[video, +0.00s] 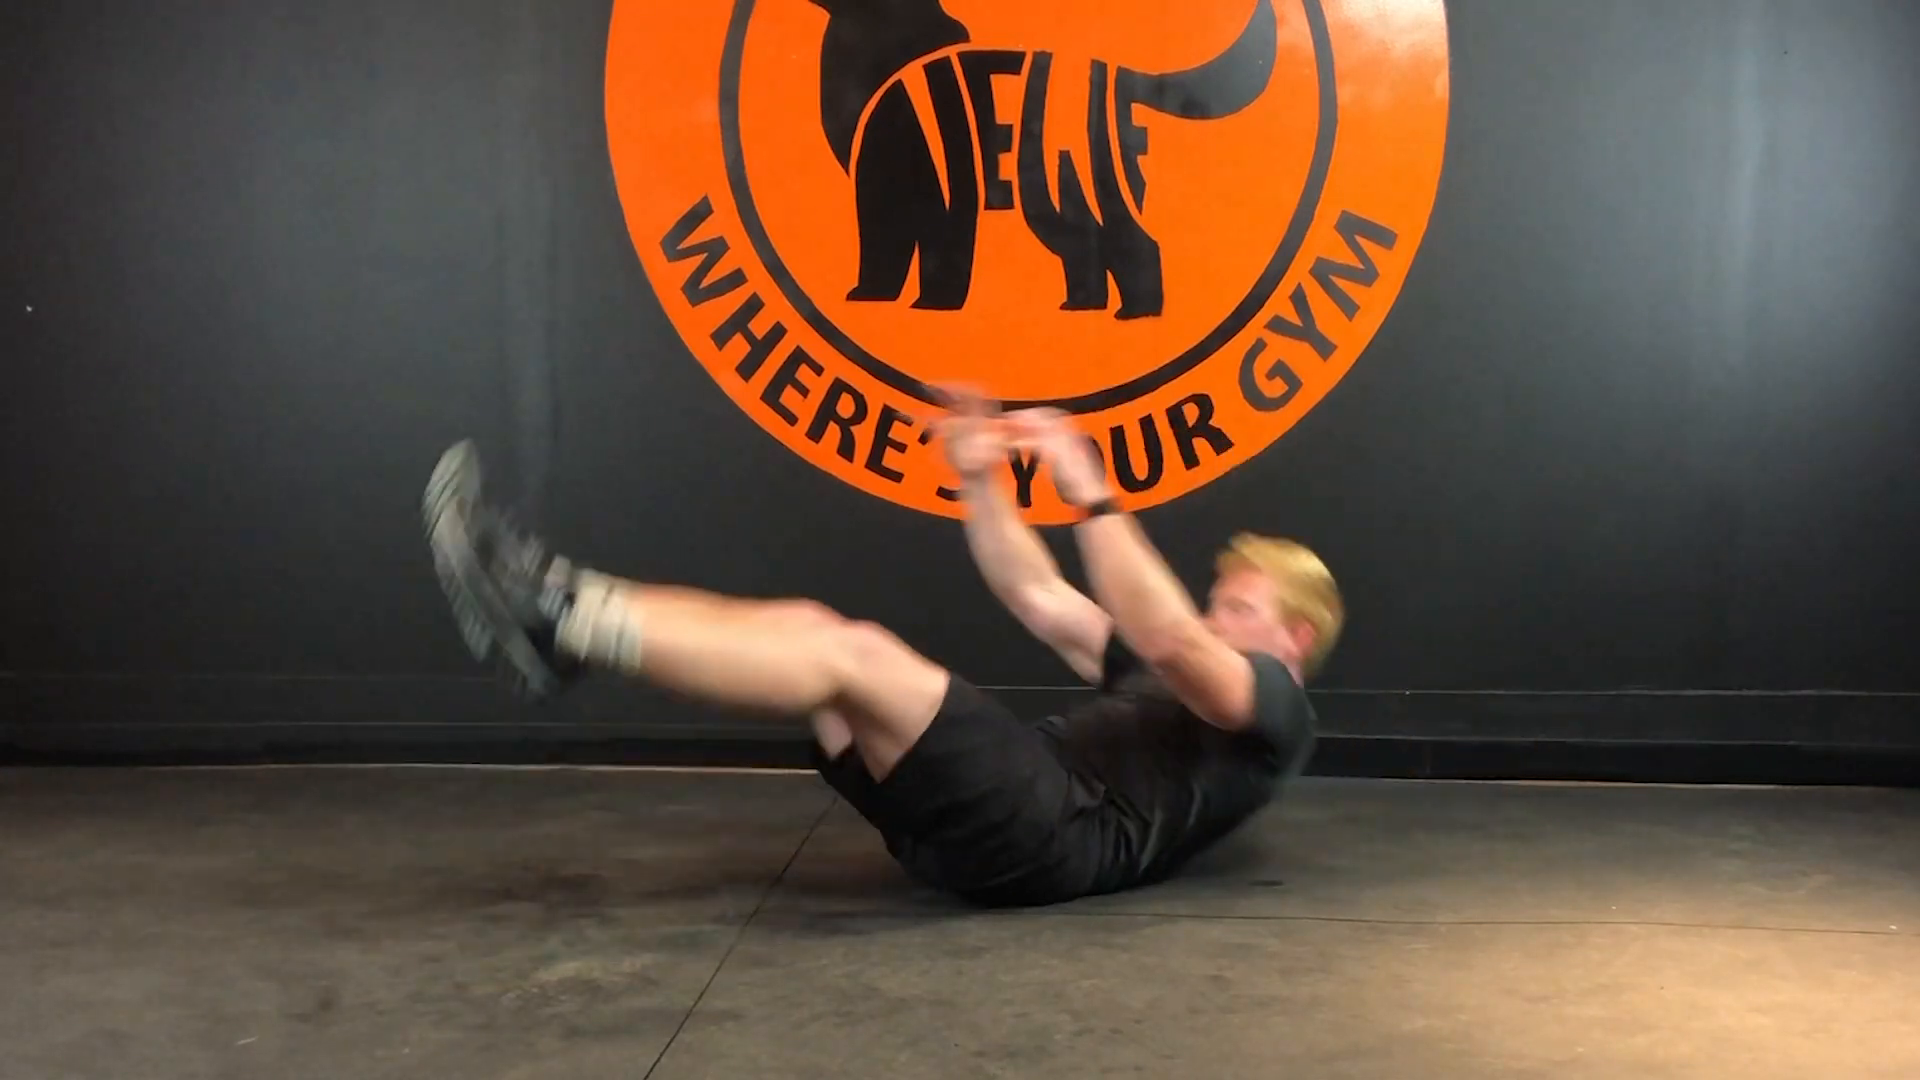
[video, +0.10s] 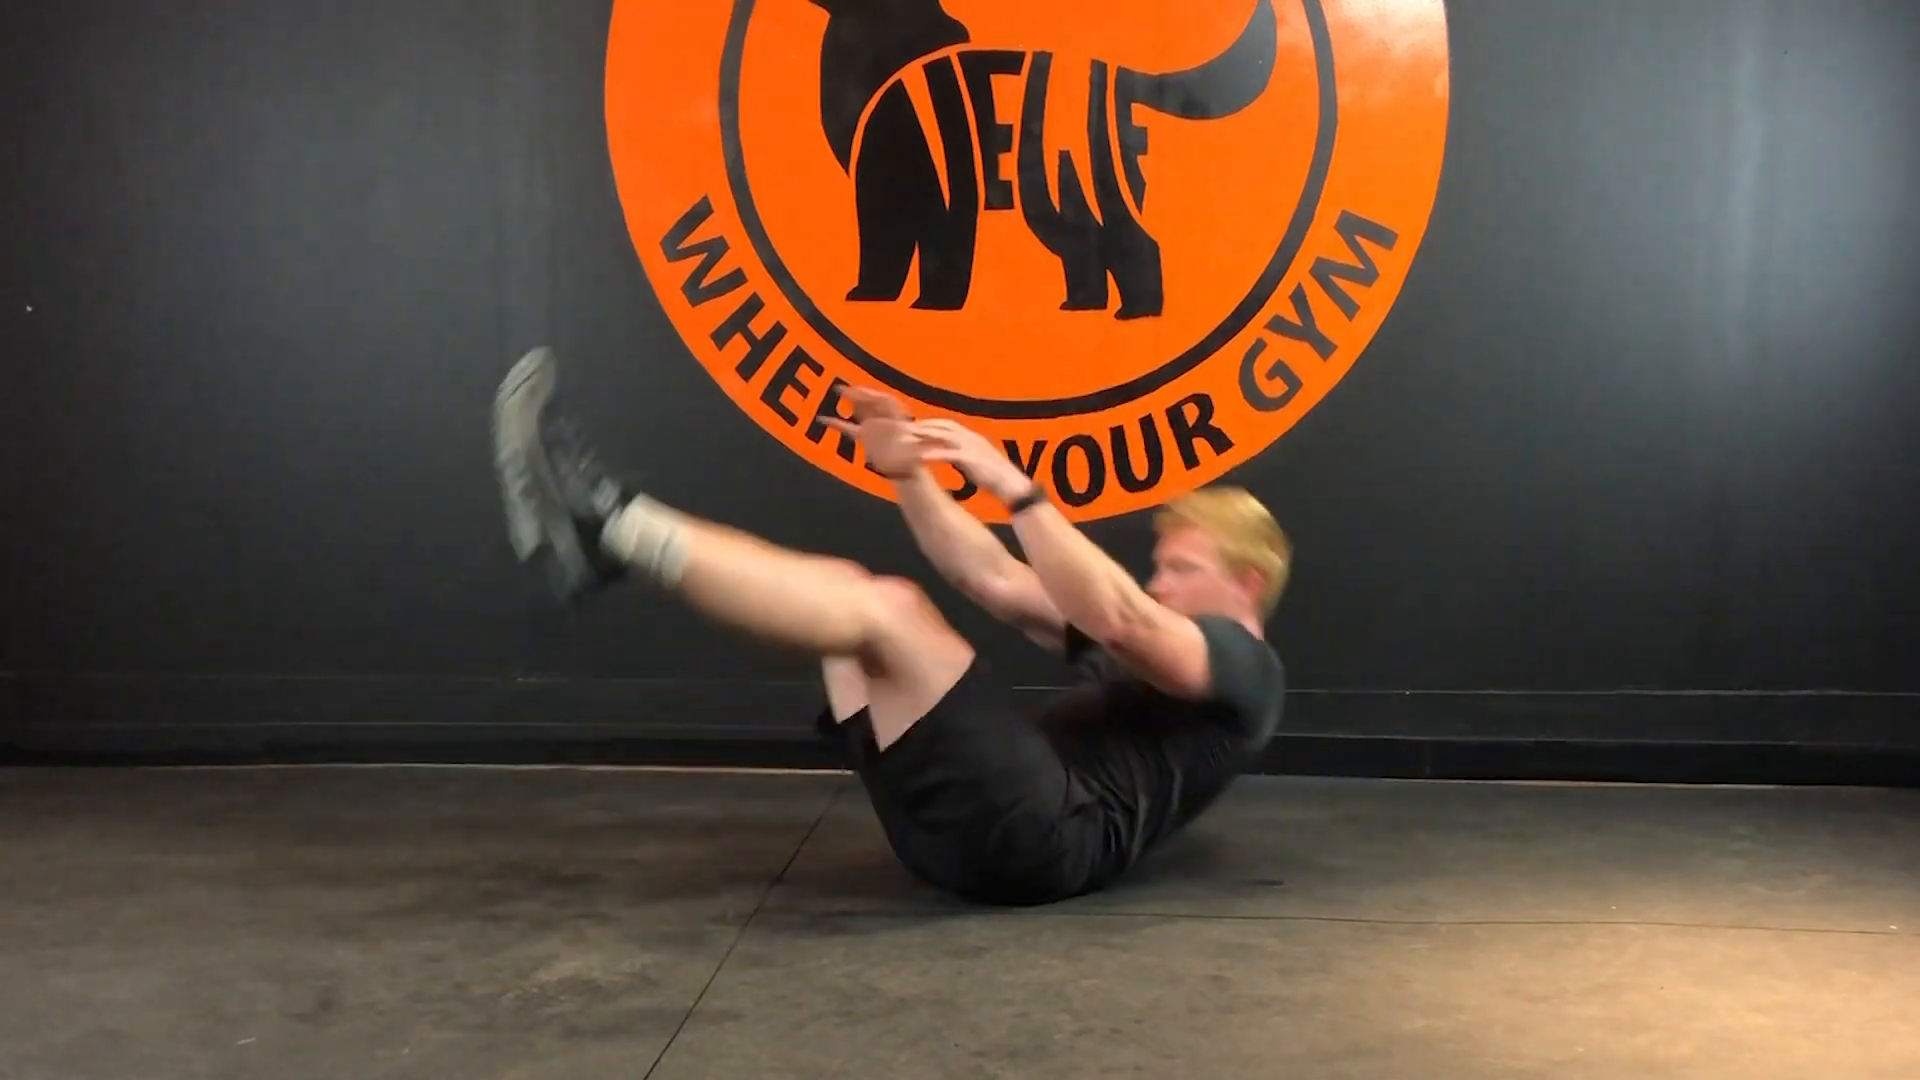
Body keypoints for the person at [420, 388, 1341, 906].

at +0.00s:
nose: (1217, 605)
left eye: (1245, 598)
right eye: (1221, 591)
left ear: (1301, 637)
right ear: (1224, 603)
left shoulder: (1277, 708)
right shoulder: (1172, 663)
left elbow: (1162, 636)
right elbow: (1038, 599)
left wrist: (1089, 489)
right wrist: (981, 484)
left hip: (1053, 833)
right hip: (993, 805)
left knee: (847, 653)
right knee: (815, 631)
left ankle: (571, 615)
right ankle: (553, 612)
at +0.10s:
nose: (1153, 585)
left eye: (1180, 568)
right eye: (1156, 564)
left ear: (1245, 587)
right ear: (1183, 574)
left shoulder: (1246, 672)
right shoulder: (1143, 637)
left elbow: (1122, 619)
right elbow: (1000, 580)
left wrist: (1019, 493)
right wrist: (909, 473)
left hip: (1041, 835)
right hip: (978, 827)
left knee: (888, 610)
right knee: (853, 601)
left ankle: (616, 523)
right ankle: (592, 530)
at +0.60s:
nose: (1213, 579)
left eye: (1236, 577)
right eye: (1217, 559)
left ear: (1281, 612)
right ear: (1223, 579)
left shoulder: (1263, 707)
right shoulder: (1154, 647)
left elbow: (1215, 603)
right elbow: (1052, 565)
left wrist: (1195, 443)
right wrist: (1041, 434)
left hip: (1045, 829)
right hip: (981, 798)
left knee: (859, 642)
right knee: (819, 629)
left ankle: (576, 599)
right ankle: (559, 592)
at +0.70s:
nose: (1248, 604)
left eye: (1277, 598)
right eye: (1258, 590)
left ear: (1317, 651)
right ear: (1247, 619)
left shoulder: (1268, 736)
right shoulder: (1185, 692)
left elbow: (1323, 639)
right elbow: (1114, 607)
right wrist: (1169, 489)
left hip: (1050, 823)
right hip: (997, 794)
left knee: (816, 690)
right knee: (791, 682)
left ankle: (531, 684)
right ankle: (531, 697)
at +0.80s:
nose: (1310, 645)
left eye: (1334, 643)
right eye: (1308, 634)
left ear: (1366, 694)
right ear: (1285, 657)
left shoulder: (1309, 766)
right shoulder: (1221, 717)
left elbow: (1422, 706)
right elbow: (1172, 666)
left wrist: (1466, 605)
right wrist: (1282, 579)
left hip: (1068, 821)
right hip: (1027, 771)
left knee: (822, 737)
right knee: (793, 725)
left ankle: (523, 751)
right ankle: (519, 744)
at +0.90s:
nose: (1325, 673)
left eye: (1354, 687)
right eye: (1334, 664)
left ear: (1374, 739)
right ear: (1302, 679)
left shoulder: (1339, 786)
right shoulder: (1227, 728)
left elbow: (1486, 794)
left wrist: (1528, 720)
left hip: (1058, 805)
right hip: (992, 757)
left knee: (825, 772)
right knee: (774, 736)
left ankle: (520, 802)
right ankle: (499, 780)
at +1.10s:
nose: (1347, 696)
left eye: (1372, 702)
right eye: (1351, 685)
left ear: (1387, 754)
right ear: (1324, 696)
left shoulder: (1336, 796)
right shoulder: (1247, 733)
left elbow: (1482, 761)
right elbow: (1249, 691)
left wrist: (1500, 682)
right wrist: (1378, 690)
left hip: (1065, 811)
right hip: (1003, 757)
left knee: (824, 760)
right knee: (764, 746)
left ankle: (519, 804)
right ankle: (496, 791)